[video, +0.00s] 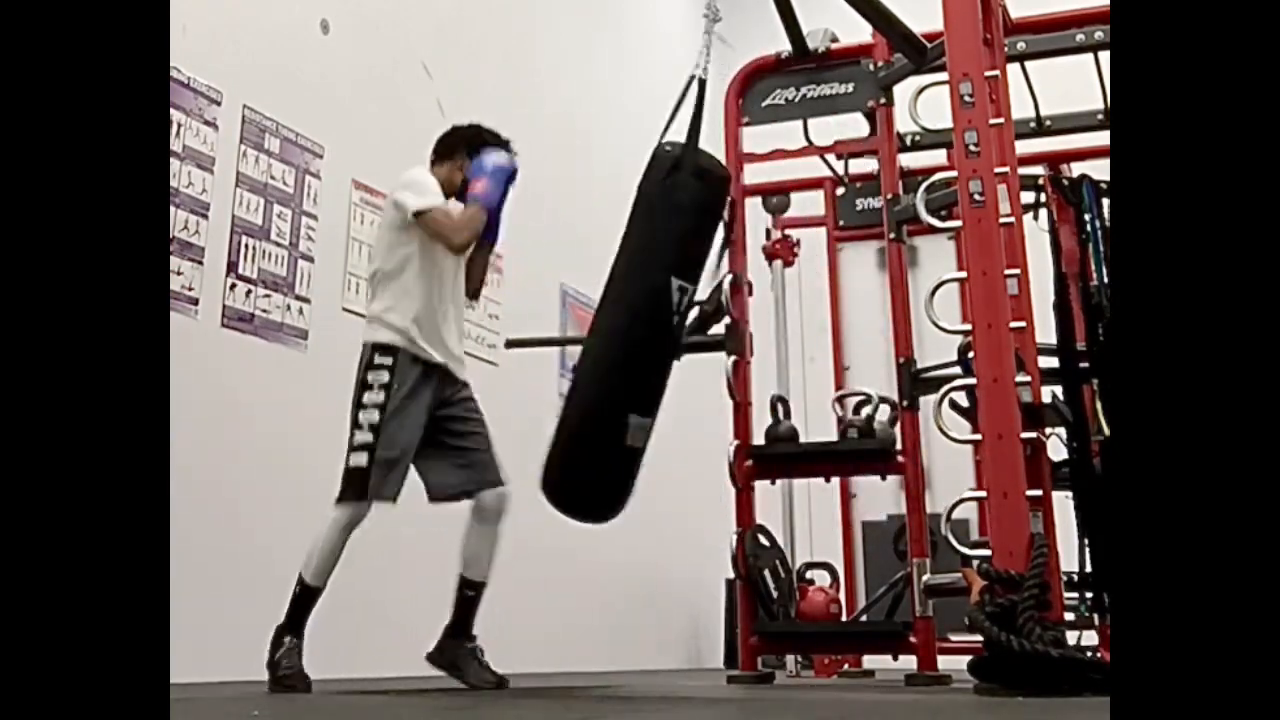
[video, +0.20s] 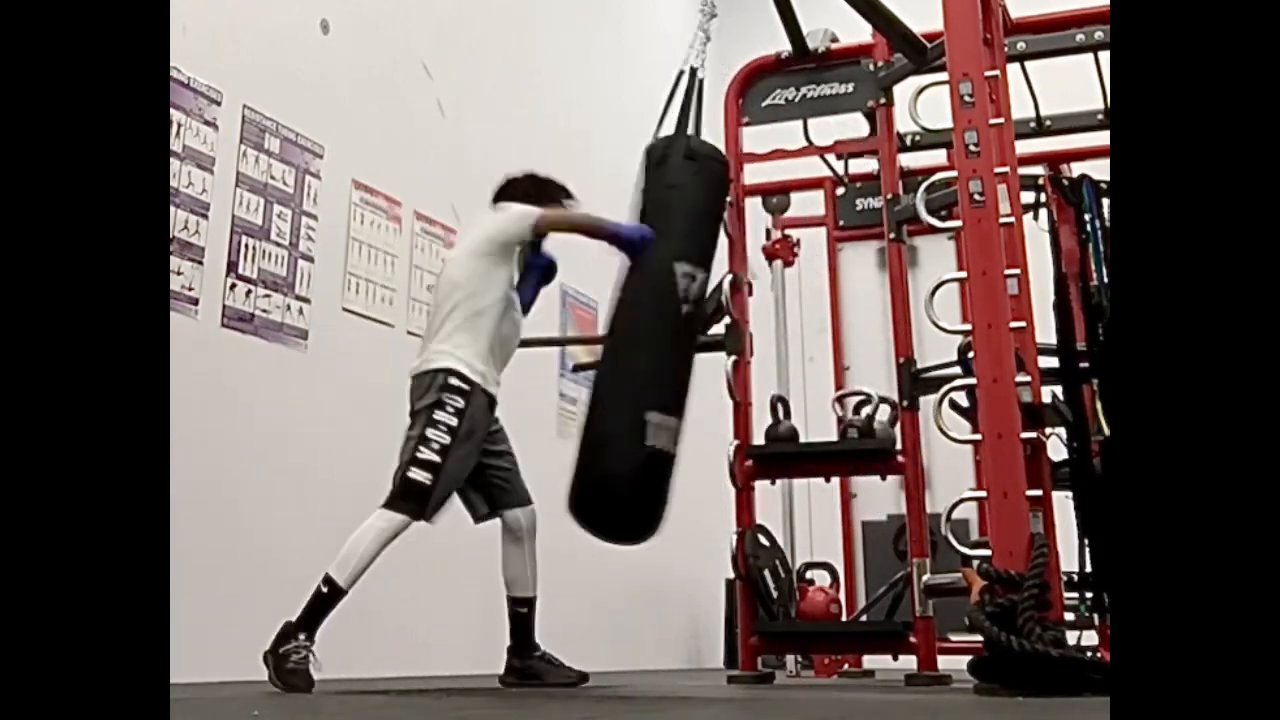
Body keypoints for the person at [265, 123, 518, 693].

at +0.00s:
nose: (478, 185)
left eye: (482, 179)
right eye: (477, 173)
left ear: (461, 173)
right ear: (453, 162)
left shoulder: (455, 215)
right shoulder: (414, 182)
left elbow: (471, 289)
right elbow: (455, 234)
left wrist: (491, 214)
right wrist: (485, 193)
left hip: (445, 370)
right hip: (394, 356)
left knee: (492, 499)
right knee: (356, 503)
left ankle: (457, 640)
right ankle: (288, 640)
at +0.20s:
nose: (561, 226)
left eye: (563, 218)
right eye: (558, 216)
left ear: (522, 204)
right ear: (535, 205)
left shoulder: (493, 269)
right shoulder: (500, 222)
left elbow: (493, 340)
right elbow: (572, 218)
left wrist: (528, 288)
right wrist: (625, 233)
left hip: (478, 396)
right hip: (452, 380)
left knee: (519, 518)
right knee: (402, 510)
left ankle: (524, 654)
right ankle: (296, 638)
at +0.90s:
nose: (532, 254)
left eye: (538, 247)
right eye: (529, 243)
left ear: (518, 244)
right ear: (504, 228)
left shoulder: (503, 291)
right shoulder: (466, 246)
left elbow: (526, 356)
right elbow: (457, 269)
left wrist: (565, 312)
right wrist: (533, 257)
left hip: (480, 425)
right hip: (432, 416)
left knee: (539, 523)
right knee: (387, 542)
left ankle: (522, 655)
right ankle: (326, 655)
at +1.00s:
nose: (546, 251)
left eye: (553, 248)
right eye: (546, 240)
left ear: (542, 246)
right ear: (527, 220)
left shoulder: (512, 287)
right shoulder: (491, 237)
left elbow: (509, 359)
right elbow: (504, 270)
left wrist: (549, 310)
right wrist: (568, 269)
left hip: (494, 408)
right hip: (456, 394)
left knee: (536, 525)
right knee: (416, 522)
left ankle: (522, 654)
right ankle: (315, 620)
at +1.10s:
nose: (525, 227)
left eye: (534, 221)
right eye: (521, 214)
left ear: (533, 227)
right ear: (496, 206)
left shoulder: (522, 269)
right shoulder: (463, 234)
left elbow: (560, 314)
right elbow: (470, 286)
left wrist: (562, 254)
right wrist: (515, 241)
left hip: (499, 412)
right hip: (454, 395)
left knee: (539, 529)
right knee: (419, 508)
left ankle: (524, 655)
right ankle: (332, 639)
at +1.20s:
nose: (503, 205)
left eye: (508, 198)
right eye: (499, 193)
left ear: (490, 201)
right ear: (471, 184)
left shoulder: (479, 246)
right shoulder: (436, 206)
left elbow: (513, 307)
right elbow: (461, 263)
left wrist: (524, 245)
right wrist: (494, 223)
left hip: (464, 388)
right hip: (424, 376)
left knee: (496, 514)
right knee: (403, 512)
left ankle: (502, 647)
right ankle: (333, 651)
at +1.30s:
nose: (492, 165)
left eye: (497, 160)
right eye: (490, 153)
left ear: (479, 151)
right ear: (467, 137)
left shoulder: (459, 203)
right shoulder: (425, 164)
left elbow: (464, 280)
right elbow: (437, 223)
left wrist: (498, 226)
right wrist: (482, 187)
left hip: (452, 350)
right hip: (413, 337)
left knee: (446, 493)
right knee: (404, 473)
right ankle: (329, 619)